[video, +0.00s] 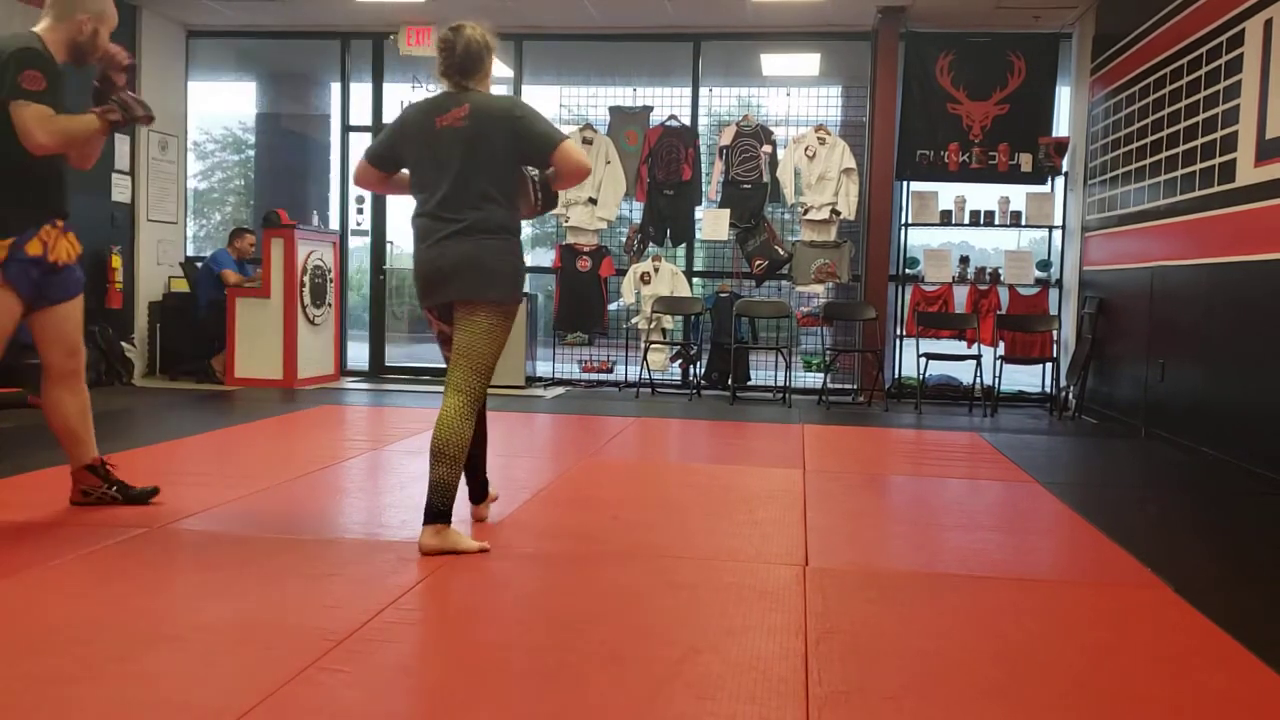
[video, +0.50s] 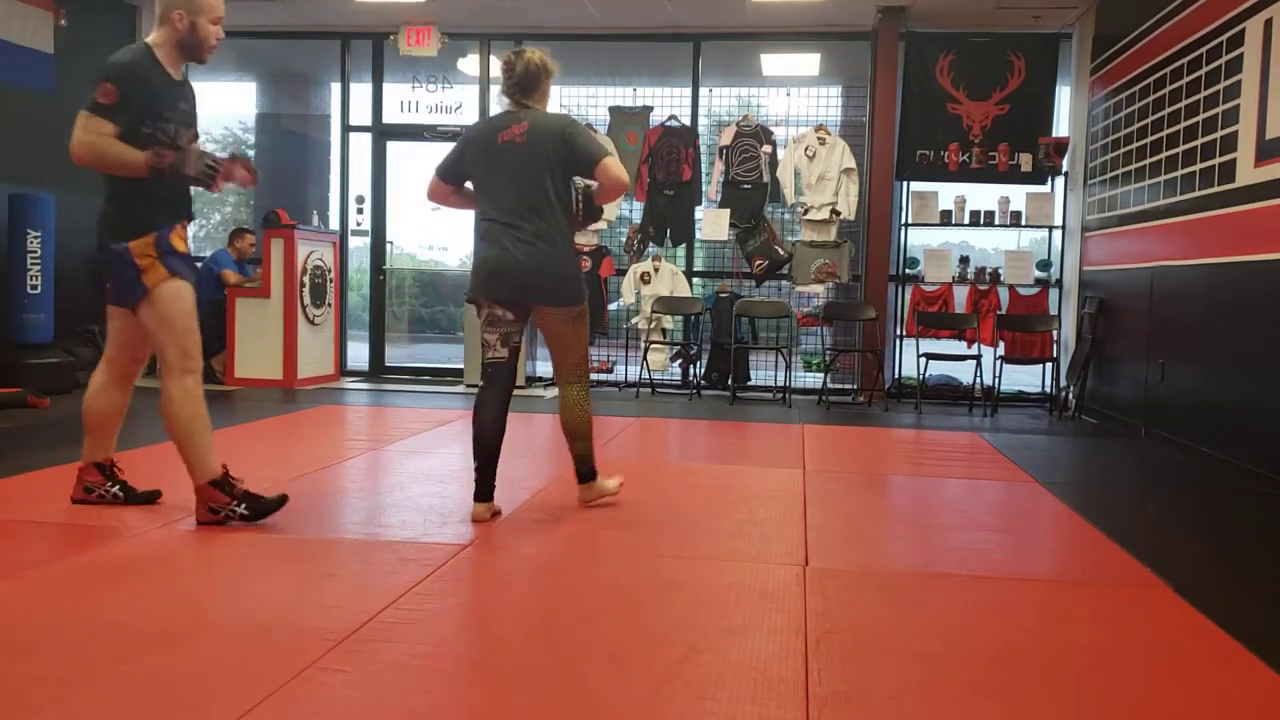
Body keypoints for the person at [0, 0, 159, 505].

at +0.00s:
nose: (108, 43)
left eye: (110, 33)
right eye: (108, 30)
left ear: (74, 19)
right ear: (83, 20)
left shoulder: (55, 71)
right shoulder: (22, 51)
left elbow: (83, 157)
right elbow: (38, 135)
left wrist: (108, 92)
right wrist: (108, 114)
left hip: (54, 238)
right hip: (13, 240)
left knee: (67, 364)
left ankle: (89, 474)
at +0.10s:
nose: (140, 39)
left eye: (142, 29)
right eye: (138, 26)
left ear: (107, 18)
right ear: (111, 18)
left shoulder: (83, 71)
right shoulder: (49, 54)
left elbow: (90, 149)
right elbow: (29, 129)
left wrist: (131, 115)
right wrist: (106, 140)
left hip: (85, 229)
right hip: (40, 230)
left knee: (85, 362)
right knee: (35, 360)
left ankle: (90, 475)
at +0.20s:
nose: (165, 35)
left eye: (167, 24)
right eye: (160, 21)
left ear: (127, 17)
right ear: (124, 13)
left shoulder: (114, 73)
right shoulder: (69, 52)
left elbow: (106, 150)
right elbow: (24, 120)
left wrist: (150, 138)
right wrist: (104, 141)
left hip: (106, 218)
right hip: (70, 218)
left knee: (104, 351)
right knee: (94, 348)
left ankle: (92, 475)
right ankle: (7, 444)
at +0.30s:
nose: (184, 32)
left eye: (186, 21)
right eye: (179, 18)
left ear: (144, 15)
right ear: (141, 9)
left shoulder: (142, 79)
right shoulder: (88, 49)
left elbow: (140, 160)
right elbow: (30, 115)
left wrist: (172, 132)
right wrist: (119, 131)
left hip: (119, 217)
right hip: (91, 216)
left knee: (99, 357)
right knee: (142, 337)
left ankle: (93, 475)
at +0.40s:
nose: (201, 32)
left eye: (203, 22)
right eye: (195, 19)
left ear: (168, 18)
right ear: (158, 12)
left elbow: (162, 171)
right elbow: (51, 130)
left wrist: (193, 146)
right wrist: (127, 137)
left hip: (138, 223)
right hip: (112, 225)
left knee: (103, 361)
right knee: (162, 352)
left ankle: (92, 476)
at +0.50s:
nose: (221, 35)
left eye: (222, 25)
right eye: (215, 23)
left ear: (183, 22)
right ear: (179, 18)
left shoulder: (181, 80)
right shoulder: (127, 68)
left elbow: (172, 154)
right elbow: (84, 145)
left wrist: (213, 171)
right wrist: (155, 161)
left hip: (156, 234)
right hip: (142, 235)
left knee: (121, 362)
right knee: (185, 360)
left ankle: (94, 475)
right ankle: (213, 491)